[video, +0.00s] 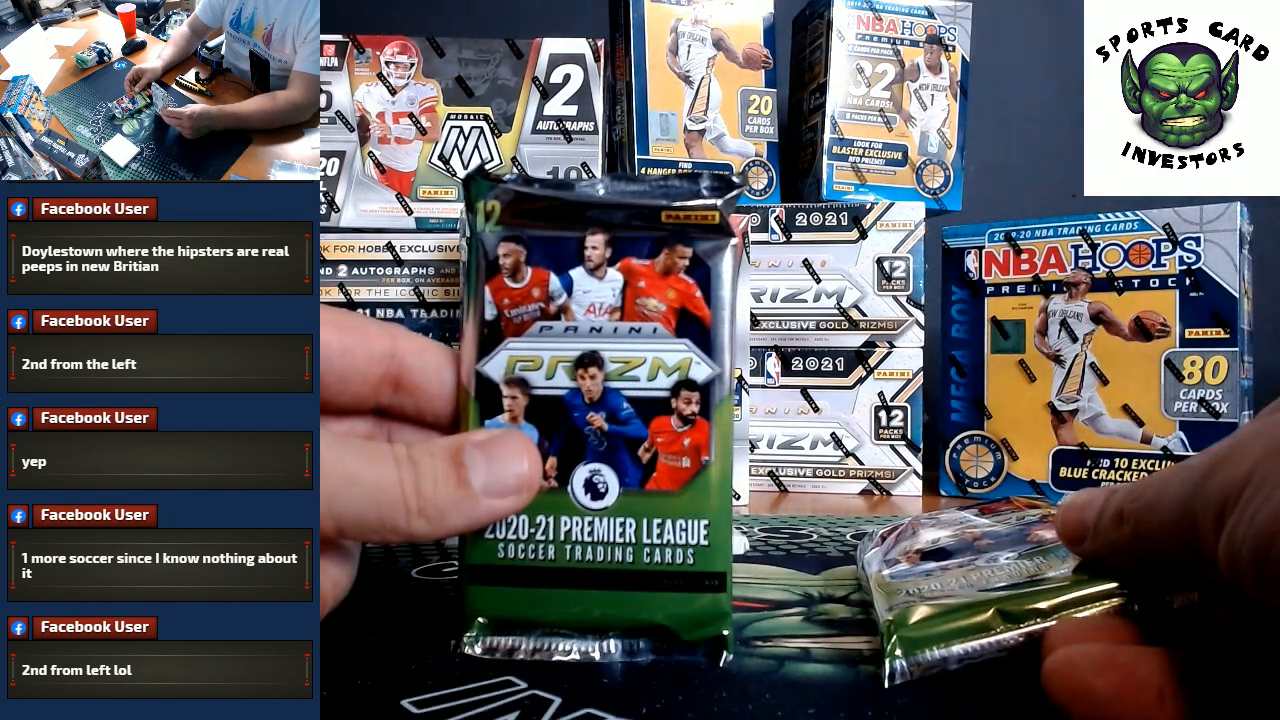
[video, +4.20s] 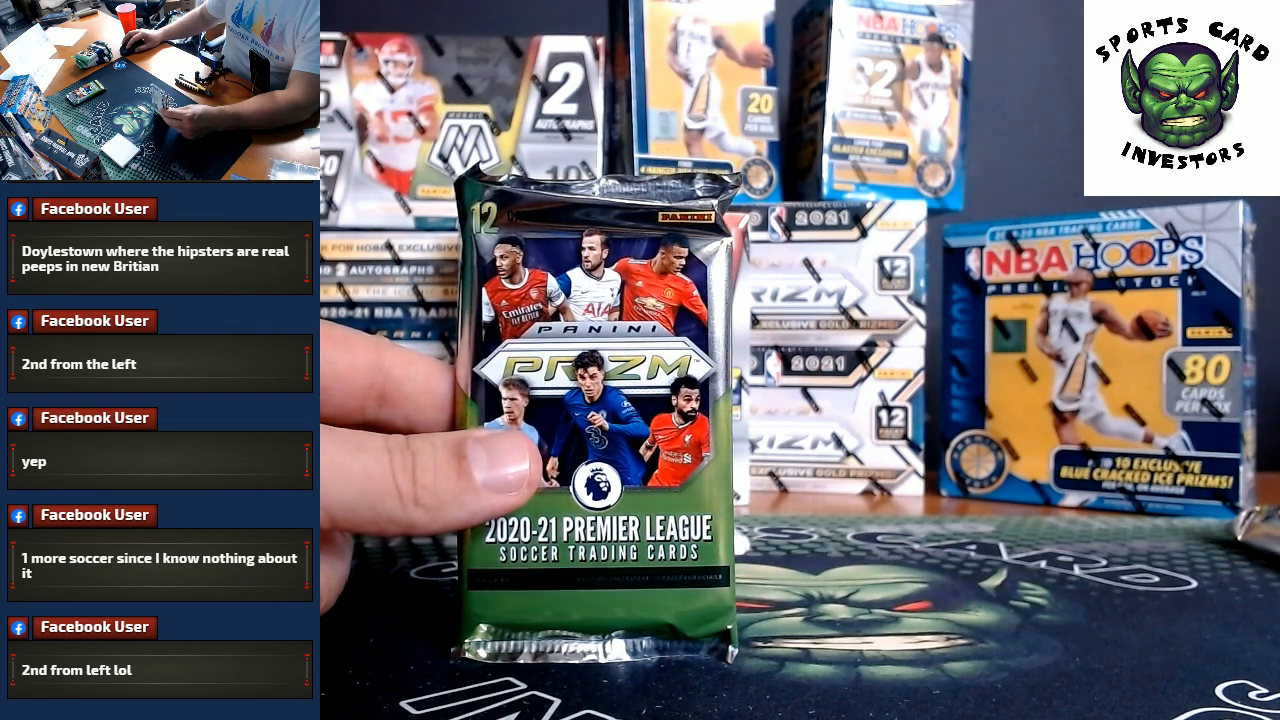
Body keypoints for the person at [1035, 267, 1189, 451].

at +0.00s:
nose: (1069, 273)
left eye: (1075, 272)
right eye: (1070, 271)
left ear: (1086, 282)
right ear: (1067, 282)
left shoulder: (1094, 308)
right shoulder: (1050, 304)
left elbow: (1125, 332)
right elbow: (1038, 335)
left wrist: (1158, 331)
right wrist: (1046, 351)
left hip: (1079, 364)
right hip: (1063, 366)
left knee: (1060, 421)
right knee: (1102, 425)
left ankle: (1079, 480)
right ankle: (1166, 443)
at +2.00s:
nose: (1072, 288)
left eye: (1077, 284)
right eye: (1070, 283)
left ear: (1087, 286)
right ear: (1067, 283)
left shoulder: (1095, 308)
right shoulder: (1053, 303)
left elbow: (1126, 331)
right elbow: (1039, 335)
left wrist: (1156, 330)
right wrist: (1047, 350)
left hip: (1081, 365)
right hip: (1063, 366)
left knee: (1062, 418)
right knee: (1103, 424)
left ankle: (1077, 473)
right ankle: (1165, 442)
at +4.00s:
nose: (1073, 288)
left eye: (1078, 284)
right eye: (1071, 283)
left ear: (1088, 285)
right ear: (1067, 283)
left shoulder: (1096, 308)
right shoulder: (1052, 304)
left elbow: (1126, 331)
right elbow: (1039, 334)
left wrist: (1156, 330)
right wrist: (1047, 349)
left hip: (1081, 366)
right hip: (1064, 367)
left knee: (1062, 418)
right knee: (1104, 424)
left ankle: (1078, 475)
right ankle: (1166, 442)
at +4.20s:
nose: (1074, 288)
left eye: (1078, 284)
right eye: (1071, 284)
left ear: (1088, 285)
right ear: (1067, 284)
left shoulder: (1095, 308)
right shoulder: (1052, 304)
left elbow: (1126, 331)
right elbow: (1039, 334)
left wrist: (1156, 330)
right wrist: (1047, 349)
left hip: (1081, 365)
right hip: (1064, 367)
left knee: (1062, 419)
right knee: (1104, 424)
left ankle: (1078, 475)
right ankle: (1166, 442)